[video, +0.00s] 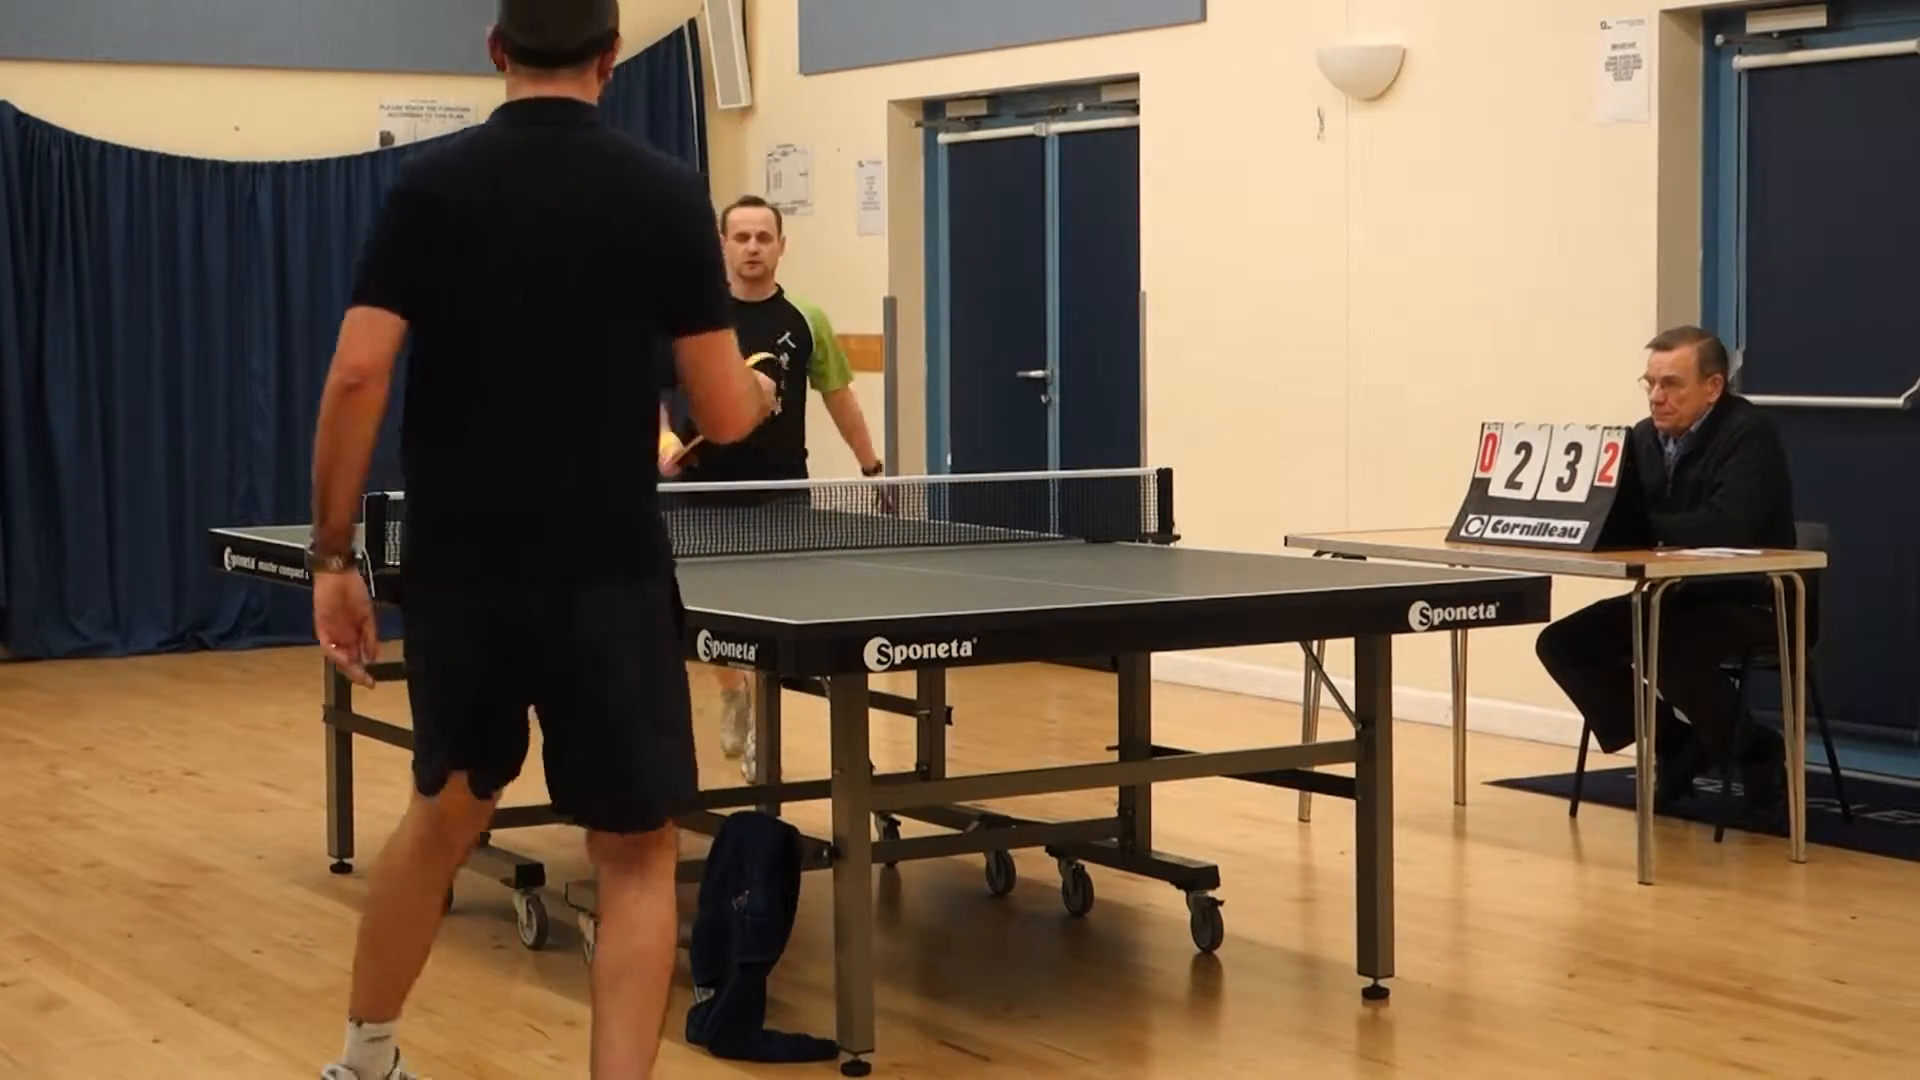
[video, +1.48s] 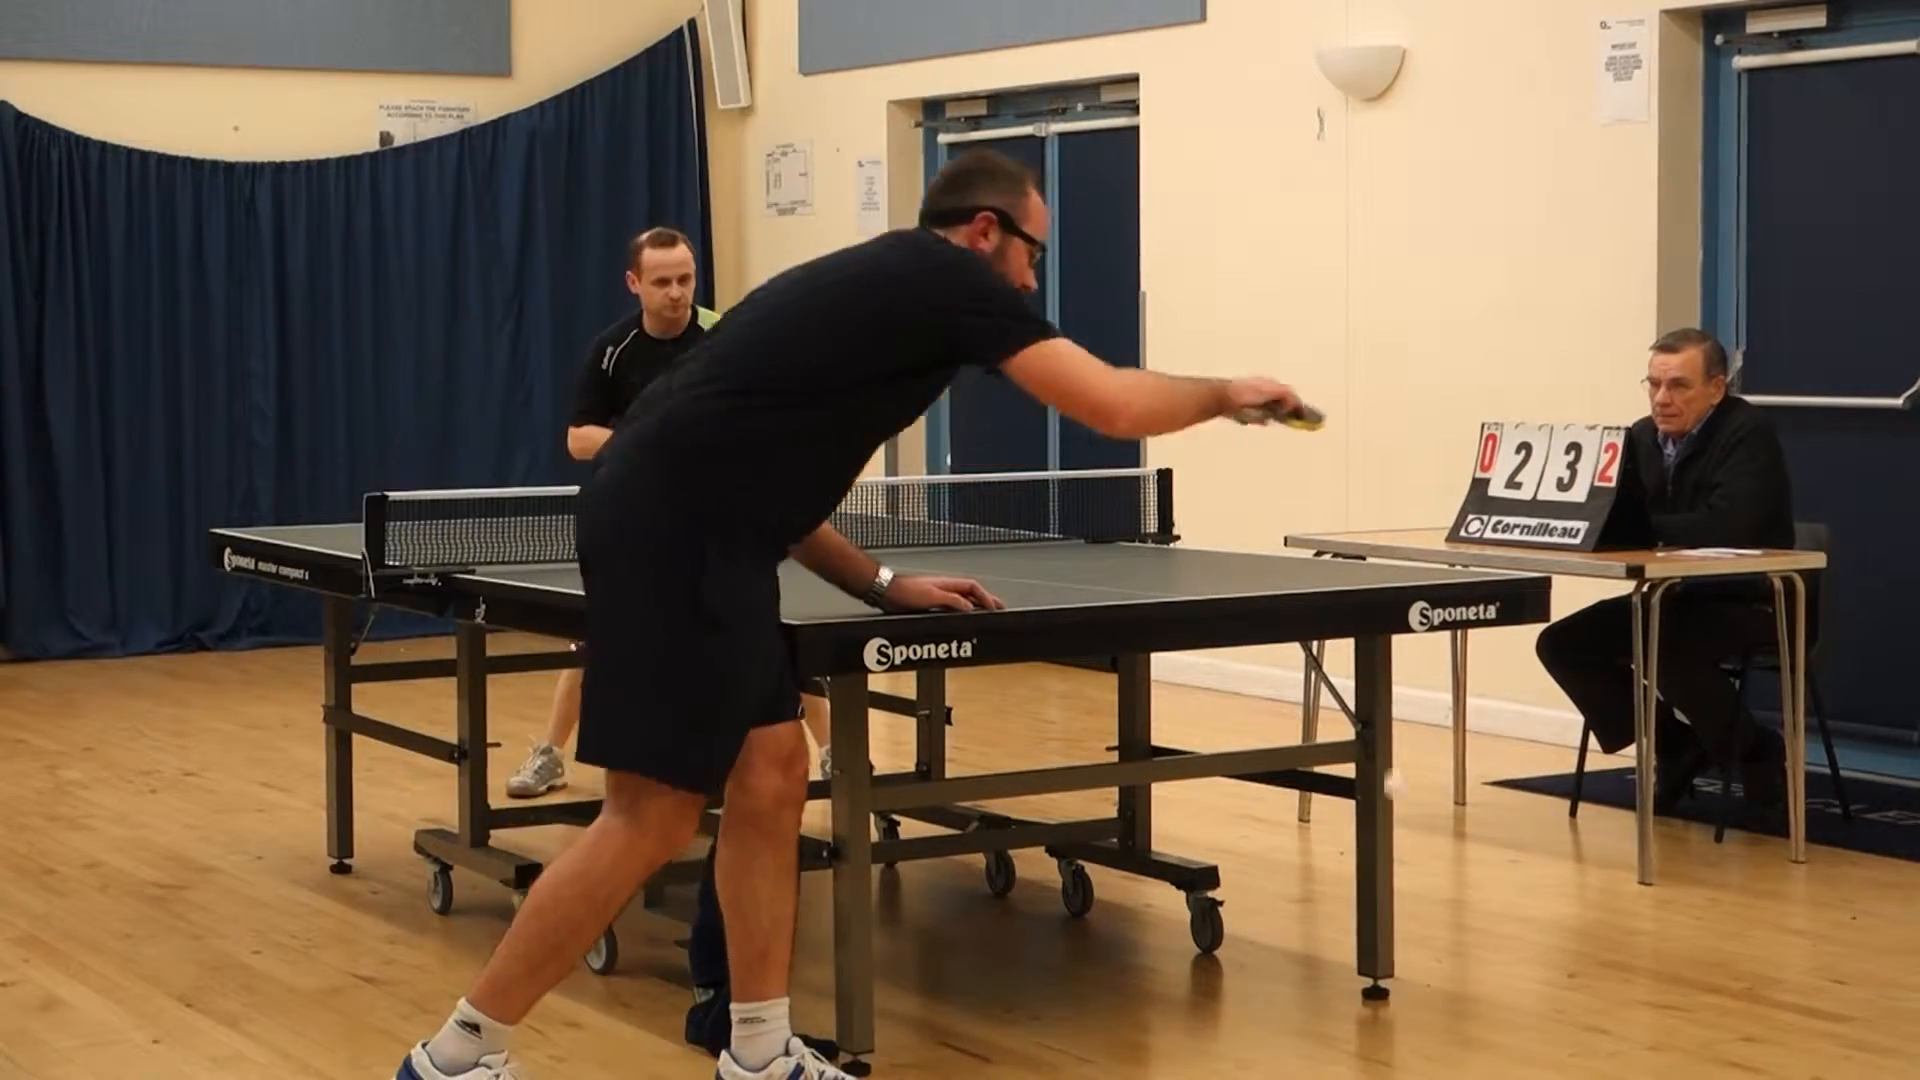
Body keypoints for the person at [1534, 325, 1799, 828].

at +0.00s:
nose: (1656, 396)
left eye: (1671, 383)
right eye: (1651, 382)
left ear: (1713, 387)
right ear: (1645, 383)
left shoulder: (1749, 434)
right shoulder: (1643, 439)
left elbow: (1734, 525)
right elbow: (1608, 511)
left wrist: (1638, 530)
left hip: (1760, 601)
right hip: (1674, 597)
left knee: (1669, 647)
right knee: (1562, 643)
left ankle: (1754, 749)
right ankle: (1674, 742)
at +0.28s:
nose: (1656, 396)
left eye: (1671, 383)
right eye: (1651, 382)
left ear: (1713, 386)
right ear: (1644, 383)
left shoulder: (1749, 434)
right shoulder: (1642, 440)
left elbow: (1734, 526)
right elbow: (1607, 514)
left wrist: (1638, 530)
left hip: (1759, 601)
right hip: (1674, 597)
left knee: (1667, 646)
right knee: (1561, 643)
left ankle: (1754, 748)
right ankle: (1674, 740)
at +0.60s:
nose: (1657, 395)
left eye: (1672, 382)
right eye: (1651, 381)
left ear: (1714, 387)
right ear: (1644, 382)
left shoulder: (1749, 435)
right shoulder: (1642, 440)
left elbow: (1733, 526)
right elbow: (1612, 518)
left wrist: (1642, 532)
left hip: (1756, 600)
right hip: (1672, 597)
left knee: (1669, 646)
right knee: (1562, 644)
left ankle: (1757, 751)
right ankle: (1675, 743)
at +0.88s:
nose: (1659, 395)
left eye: (1674, 382)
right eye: (1653, 381)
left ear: (1715, 387)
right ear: (1645, 382)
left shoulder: (1750, 435)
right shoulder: (1642, 440)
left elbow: (1734, 525)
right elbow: (1612, 519)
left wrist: (1643, 531)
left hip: (1754, 600)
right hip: (1671, 596)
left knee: (1668, 646)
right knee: (1562, 644)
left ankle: (1758, 750)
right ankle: (1675, 742)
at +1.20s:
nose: (1659, 396)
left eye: (1675, 383)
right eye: (1653, 382)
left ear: (1715, 388)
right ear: (1645, 384)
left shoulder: (1749, 435)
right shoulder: (1642, 439)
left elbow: (1732, 527)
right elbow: (1605, 512)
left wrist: (1637, 530)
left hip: (1755, 601)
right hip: (1671, 596)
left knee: (1666, 645)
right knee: (1562, 644)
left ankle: (1757, 750)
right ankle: (1674, 741)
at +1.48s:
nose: (1662, 398)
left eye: (1678, 385)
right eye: (1654, 384)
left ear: (1716, 389)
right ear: (1646, 384)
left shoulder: (1749, 434)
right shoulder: (1640, 439)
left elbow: (1733, 526)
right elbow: (1611, 519)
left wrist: (1640, 531)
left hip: (1755, 601)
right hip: (1672, 596)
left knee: (1668, 647)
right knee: (1561, 644)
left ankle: (1756, 750)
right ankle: (1674, 742)